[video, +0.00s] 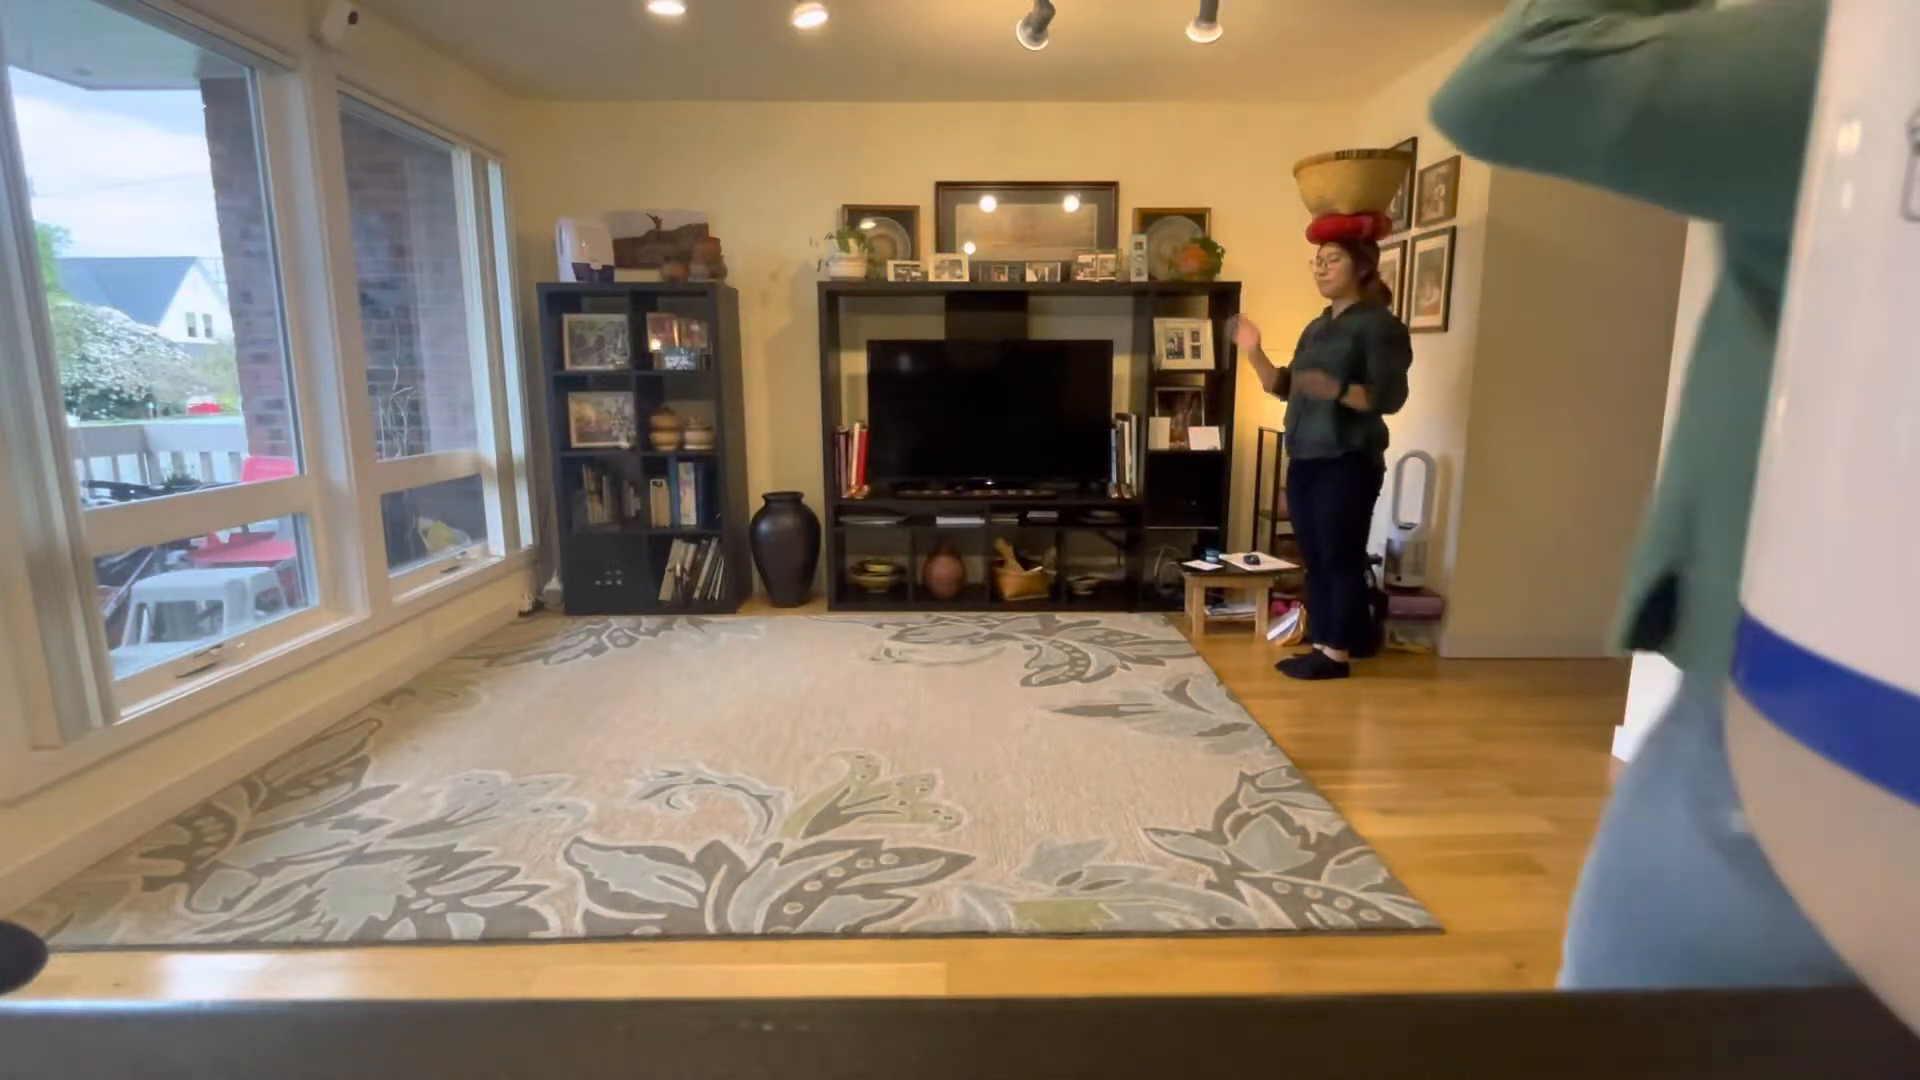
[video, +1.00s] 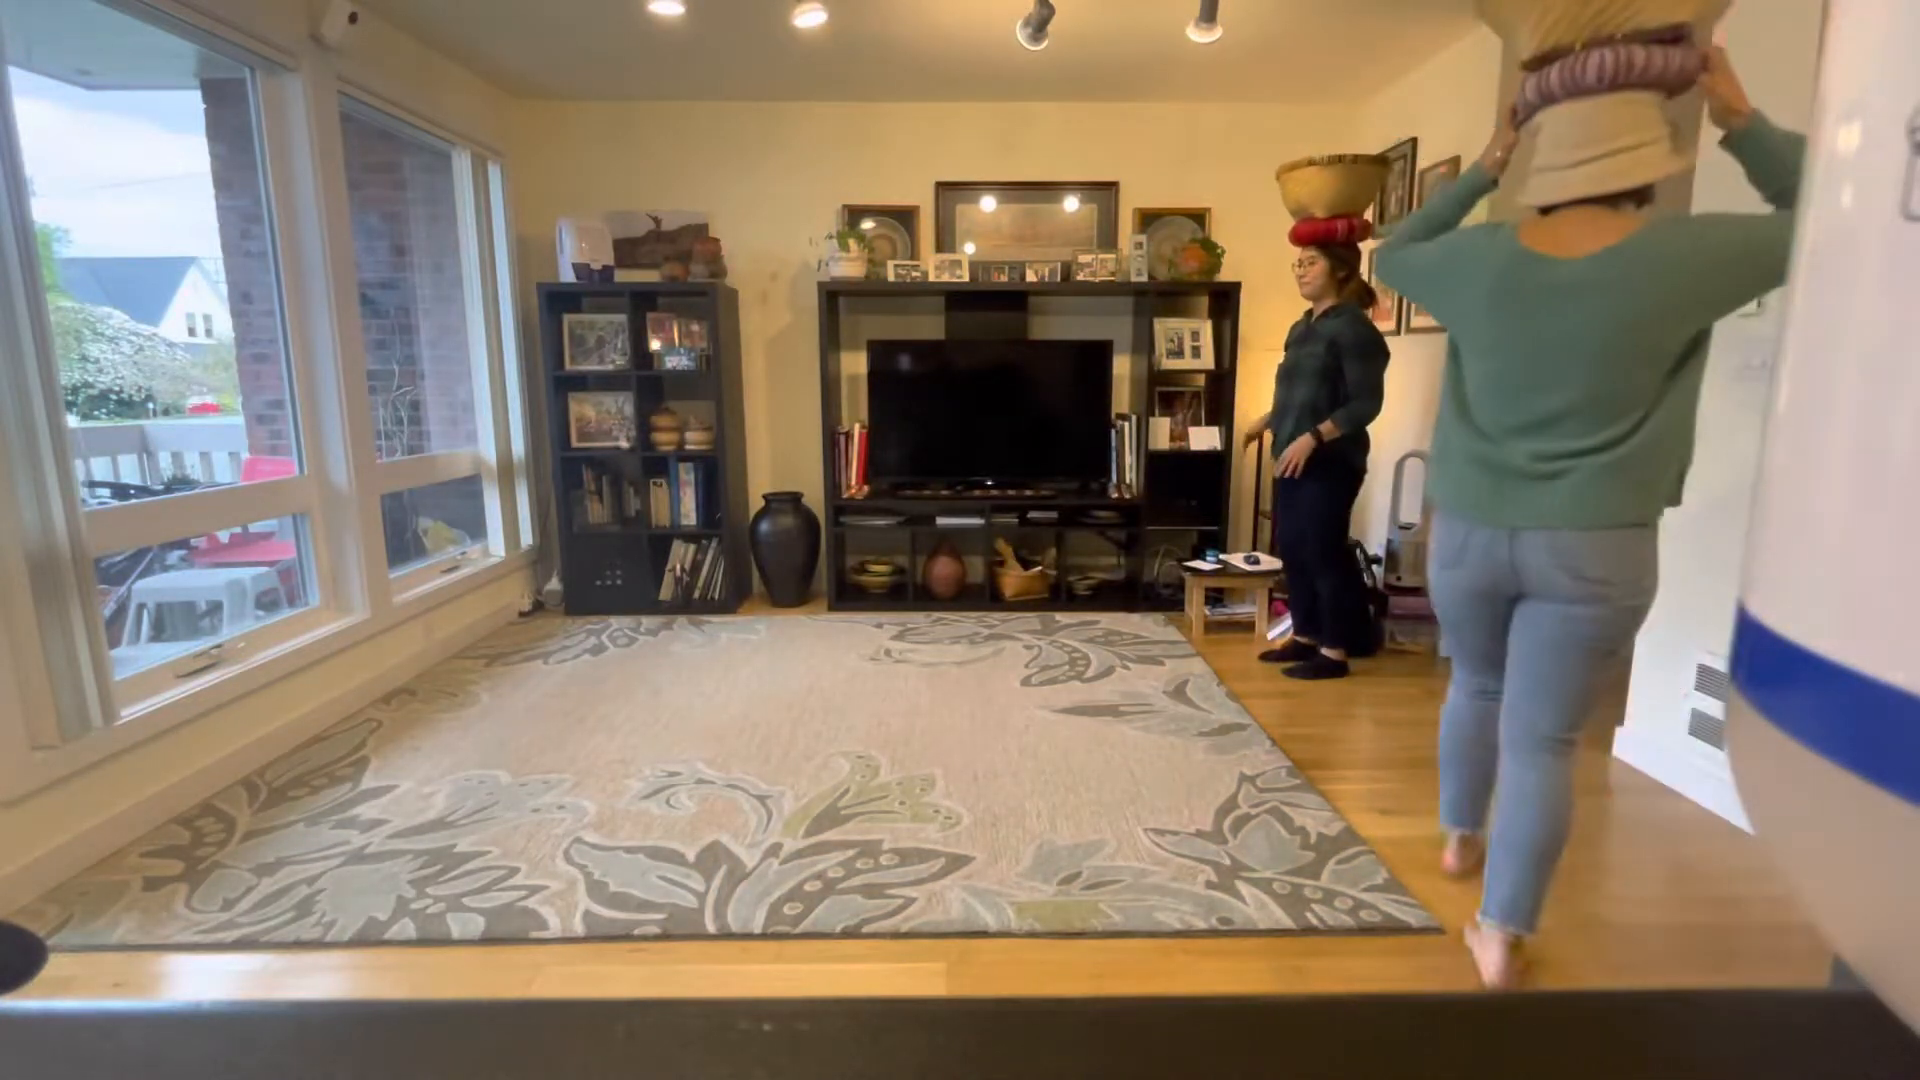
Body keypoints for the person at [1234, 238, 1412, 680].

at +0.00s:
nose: (1319, 269)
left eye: (1330, 260)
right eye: (1317, 261)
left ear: (1360, 266)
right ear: (1316, 268)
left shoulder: (1380, 324)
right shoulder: (1318, 327)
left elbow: (1391, 397)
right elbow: (1287, 387)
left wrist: (1337, 390)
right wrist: (1256, 353)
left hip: (1351, 461)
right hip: (1307, 459)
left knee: (1339, 554)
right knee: (1315, 554)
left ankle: (1337, 652)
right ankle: (1324, 643)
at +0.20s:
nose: (1318, 268)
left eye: (1329, 259)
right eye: (1316, 261)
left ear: (1359, 266)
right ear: (1315, 269)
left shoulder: (1376, 326)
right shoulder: (1318, 328)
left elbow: (1394, 399)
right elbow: (1312, 401)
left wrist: (1339, 421)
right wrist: (1268, 395)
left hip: (1349, 462)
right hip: (1308, 460)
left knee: (1338, 553)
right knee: (1315, 553)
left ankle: (1336, 651)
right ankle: (1324, 642)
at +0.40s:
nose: (1317, 268)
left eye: (1328, 259)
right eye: (1315, 261)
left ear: (1357, 266)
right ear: (1313, 269)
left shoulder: (1374, 325)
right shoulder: (1317, 328)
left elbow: (1400, 396)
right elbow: (1321, 400)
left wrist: (1343, 429)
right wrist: (1286, 412)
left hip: (1347, 460)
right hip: (1308, 459)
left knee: (1336, 553)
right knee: (1314, 552)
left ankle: (1336, 651)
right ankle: (1320, 641)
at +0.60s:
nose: (1316, 270)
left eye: (1326, 261)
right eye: (1312, 263)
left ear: (1354, 268)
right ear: (1311, 270)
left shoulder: (1373, 327)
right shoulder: (1317, 328)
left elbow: (1392, 399)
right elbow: (1314, 400)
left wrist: (1335, 429)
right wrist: (1279, 414)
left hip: (1347, 461)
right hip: (1306, 458)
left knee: (1338, 556)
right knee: (1294, 552)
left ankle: (1337, 652)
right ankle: (1316, 638)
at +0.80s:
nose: (1311, 270)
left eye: (1321, 261)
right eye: (1308, 263)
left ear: (1351, 268)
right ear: (1307, 272)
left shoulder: (1368, 326)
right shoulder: (1311, 328)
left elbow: (1381, 400)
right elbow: (1305, 400)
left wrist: (1325, 431)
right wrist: (1269, 418)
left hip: (1343, 458)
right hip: (1301, 456)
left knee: (1336, 553)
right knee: (1295, 549)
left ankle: (1337, 651)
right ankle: (1306, 637)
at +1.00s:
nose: (1299, 271)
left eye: (1309, 263)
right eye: (1298, 264)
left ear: (1338, 269)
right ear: (1297, 272)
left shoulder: (1354, 328)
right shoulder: (1302, 328)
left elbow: (1366, 403)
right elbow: (1297, 396)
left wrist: (1315, 437)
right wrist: (1264, 423)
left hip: (1332, 459)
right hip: (1296, 457)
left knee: (1324, 550)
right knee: (1294, 548)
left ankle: (1334, 650)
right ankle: (1306, 636)